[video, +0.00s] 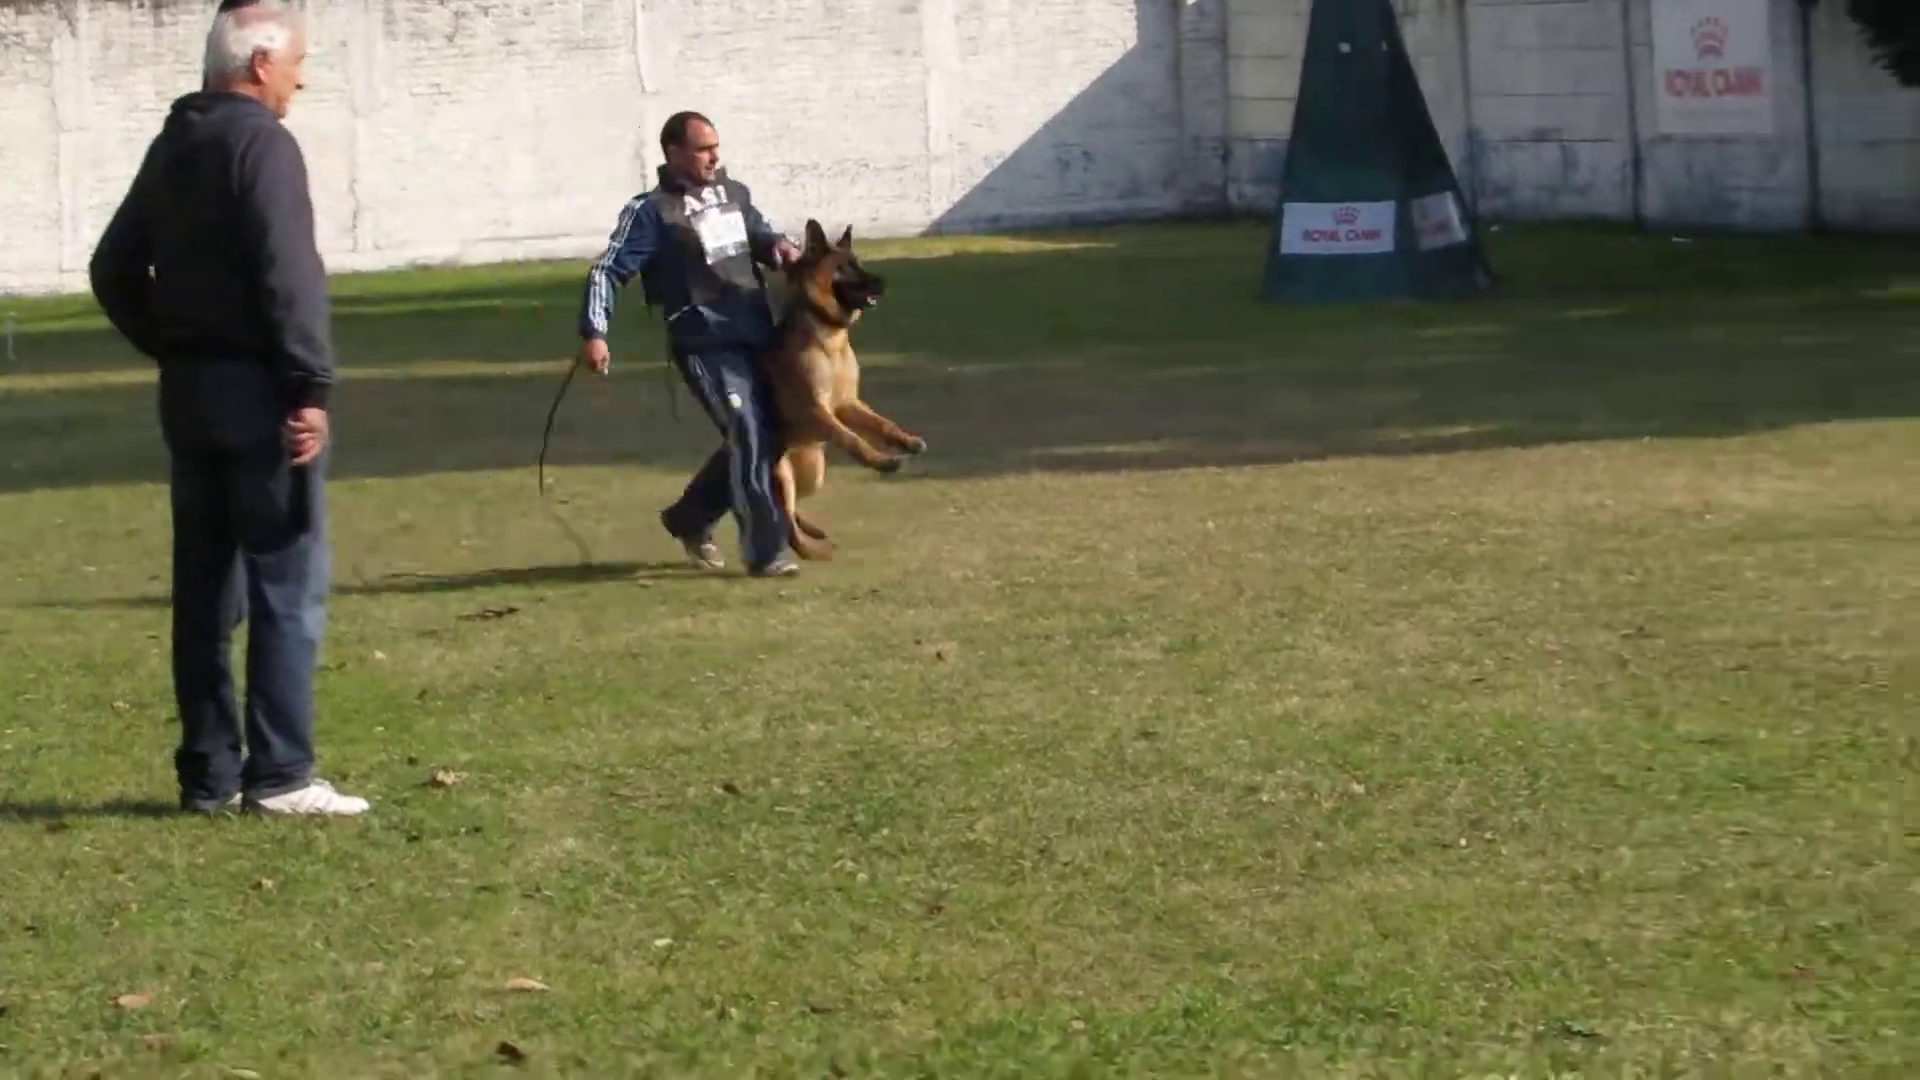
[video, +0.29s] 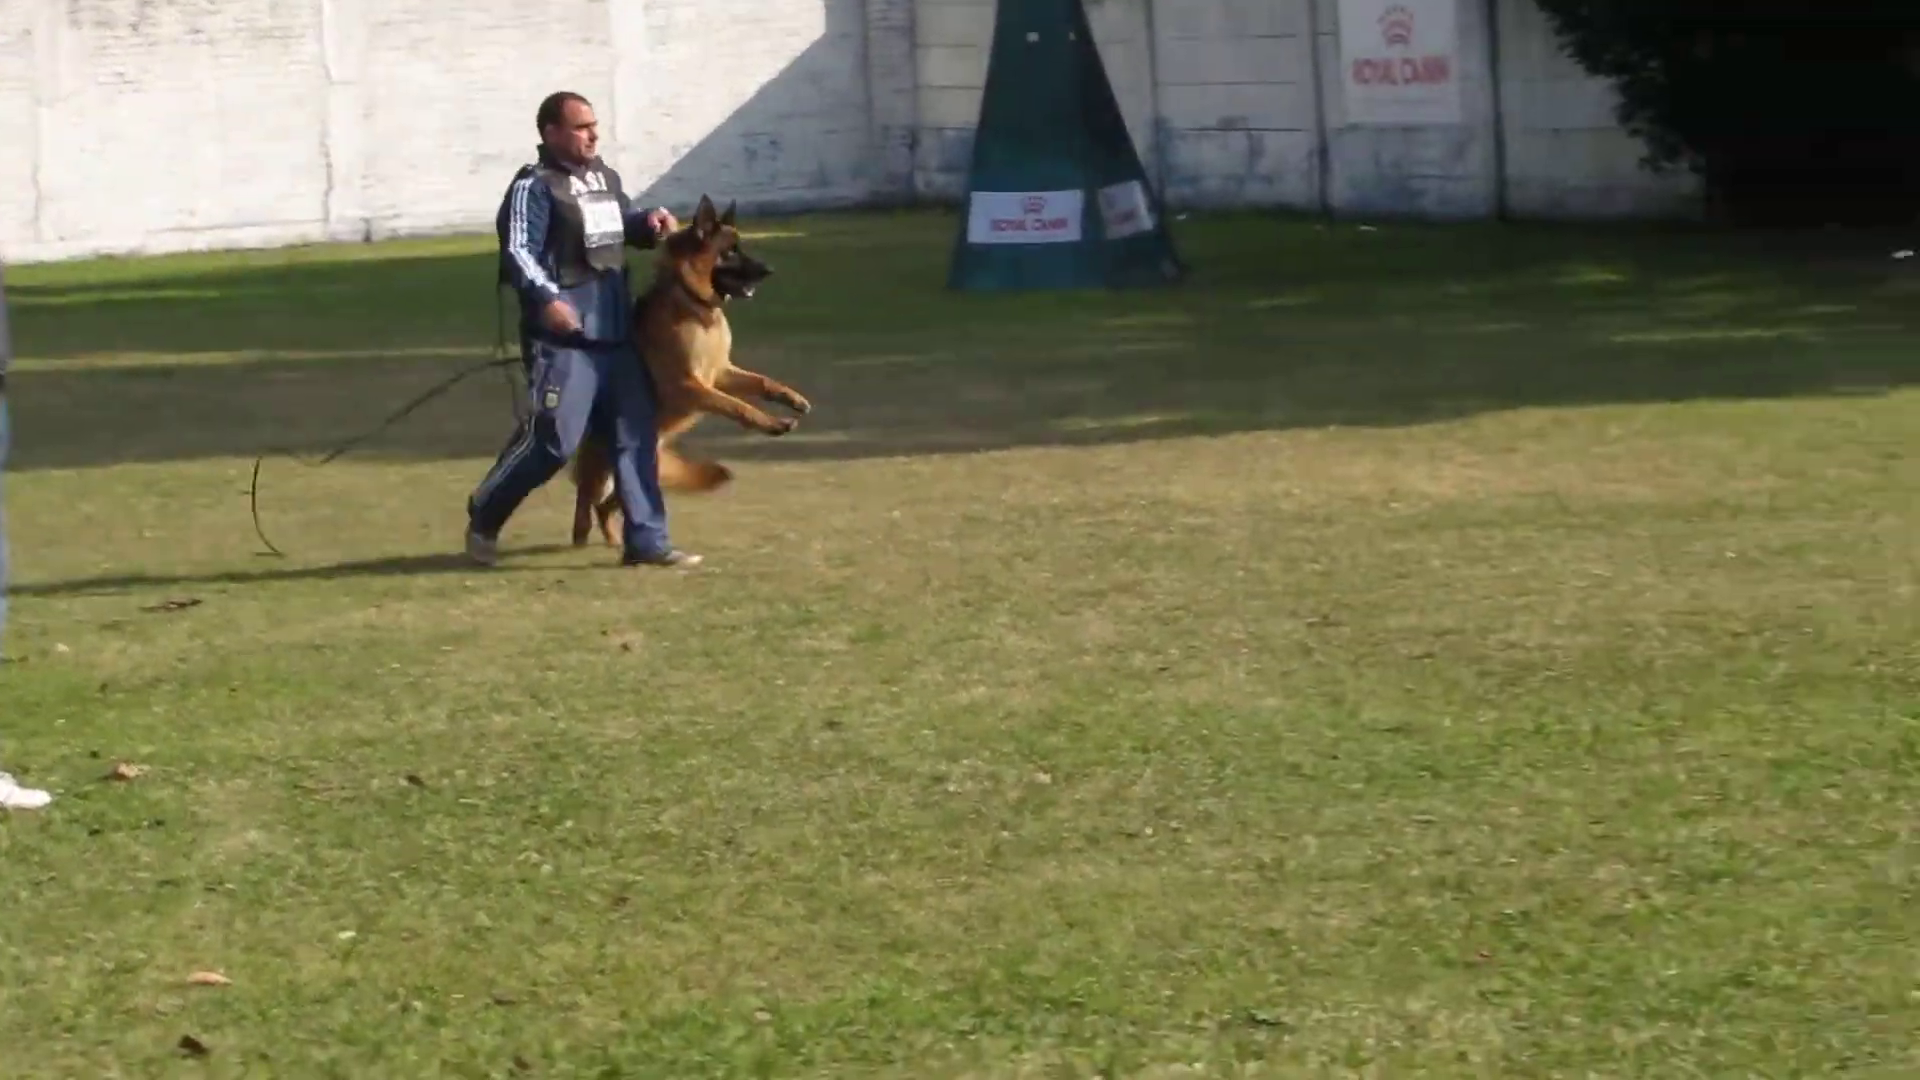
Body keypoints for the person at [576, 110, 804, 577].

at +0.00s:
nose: (715, 157)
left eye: (716, 147)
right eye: (704, 150)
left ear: (716, 147)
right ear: (672, 153)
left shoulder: (733, 194)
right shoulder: (648, 213)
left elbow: (760, 236)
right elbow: (607, 272)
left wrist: (780, 247)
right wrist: (595, 333)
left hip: (753, 334)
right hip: (704, 343)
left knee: (770, 433)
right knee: (745, 429)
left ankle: (691, 516)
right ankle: (767, 552)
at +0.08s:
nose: (681, 153)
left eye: (682, 144)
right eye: (670, 146)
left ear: (684, 147)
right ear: (639, 151)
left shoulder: (700, 192)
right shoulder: (619, 215)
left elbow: (728, 240)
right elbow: (594, 282)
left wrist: (745, 246)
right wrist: (614, 341)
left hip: (713, 335)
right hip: (662, 341)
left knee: (734, 429)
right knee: (686, 420)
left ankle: (699, 530)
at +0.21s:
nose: (624, 136)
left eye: (626, 127)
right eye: (614, 129)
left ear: (622, 130)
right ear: (581, 134)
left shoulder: (635, 177)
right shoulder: (562, 191)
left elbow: (658, 223)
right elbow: (561, 261)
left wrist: (682, 229)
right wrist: (600, 298)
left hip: (648, 331)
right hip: (596, 336)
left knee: (675, 427)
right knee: (588, 440)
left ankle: (689, 536)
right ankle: (549, 543)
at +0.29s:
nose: (592, 135)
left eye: (594, 127)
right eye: (581, 128)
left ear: (595, 129)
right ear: (550, 134)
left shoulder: (605, 179)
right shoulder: (532, 187)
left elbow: (620, 229)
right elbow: (518, 252)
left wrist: (648, 224)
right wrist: (547, 299)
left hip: (614, 333)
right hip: (564, 336)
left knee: (634, 436)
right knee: (554, 443)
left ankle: (647, 542)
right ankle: (484, 514)